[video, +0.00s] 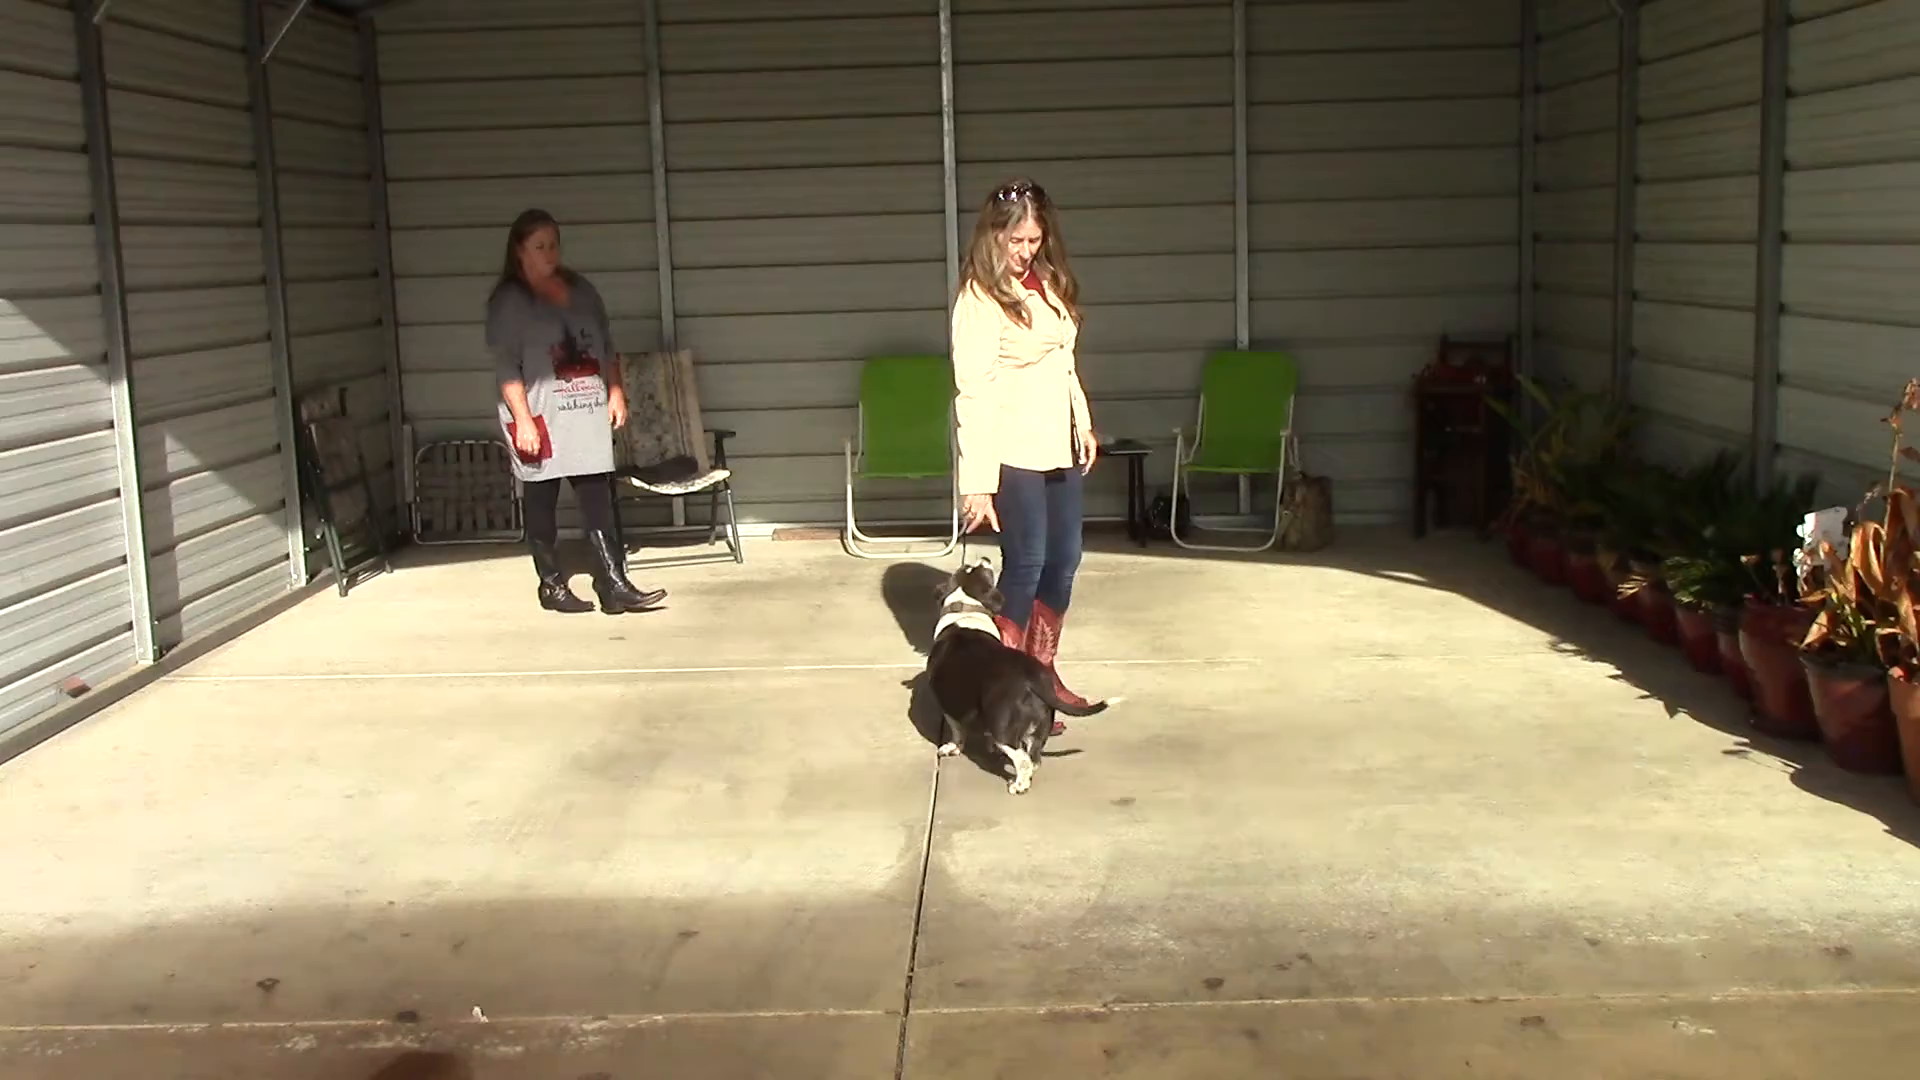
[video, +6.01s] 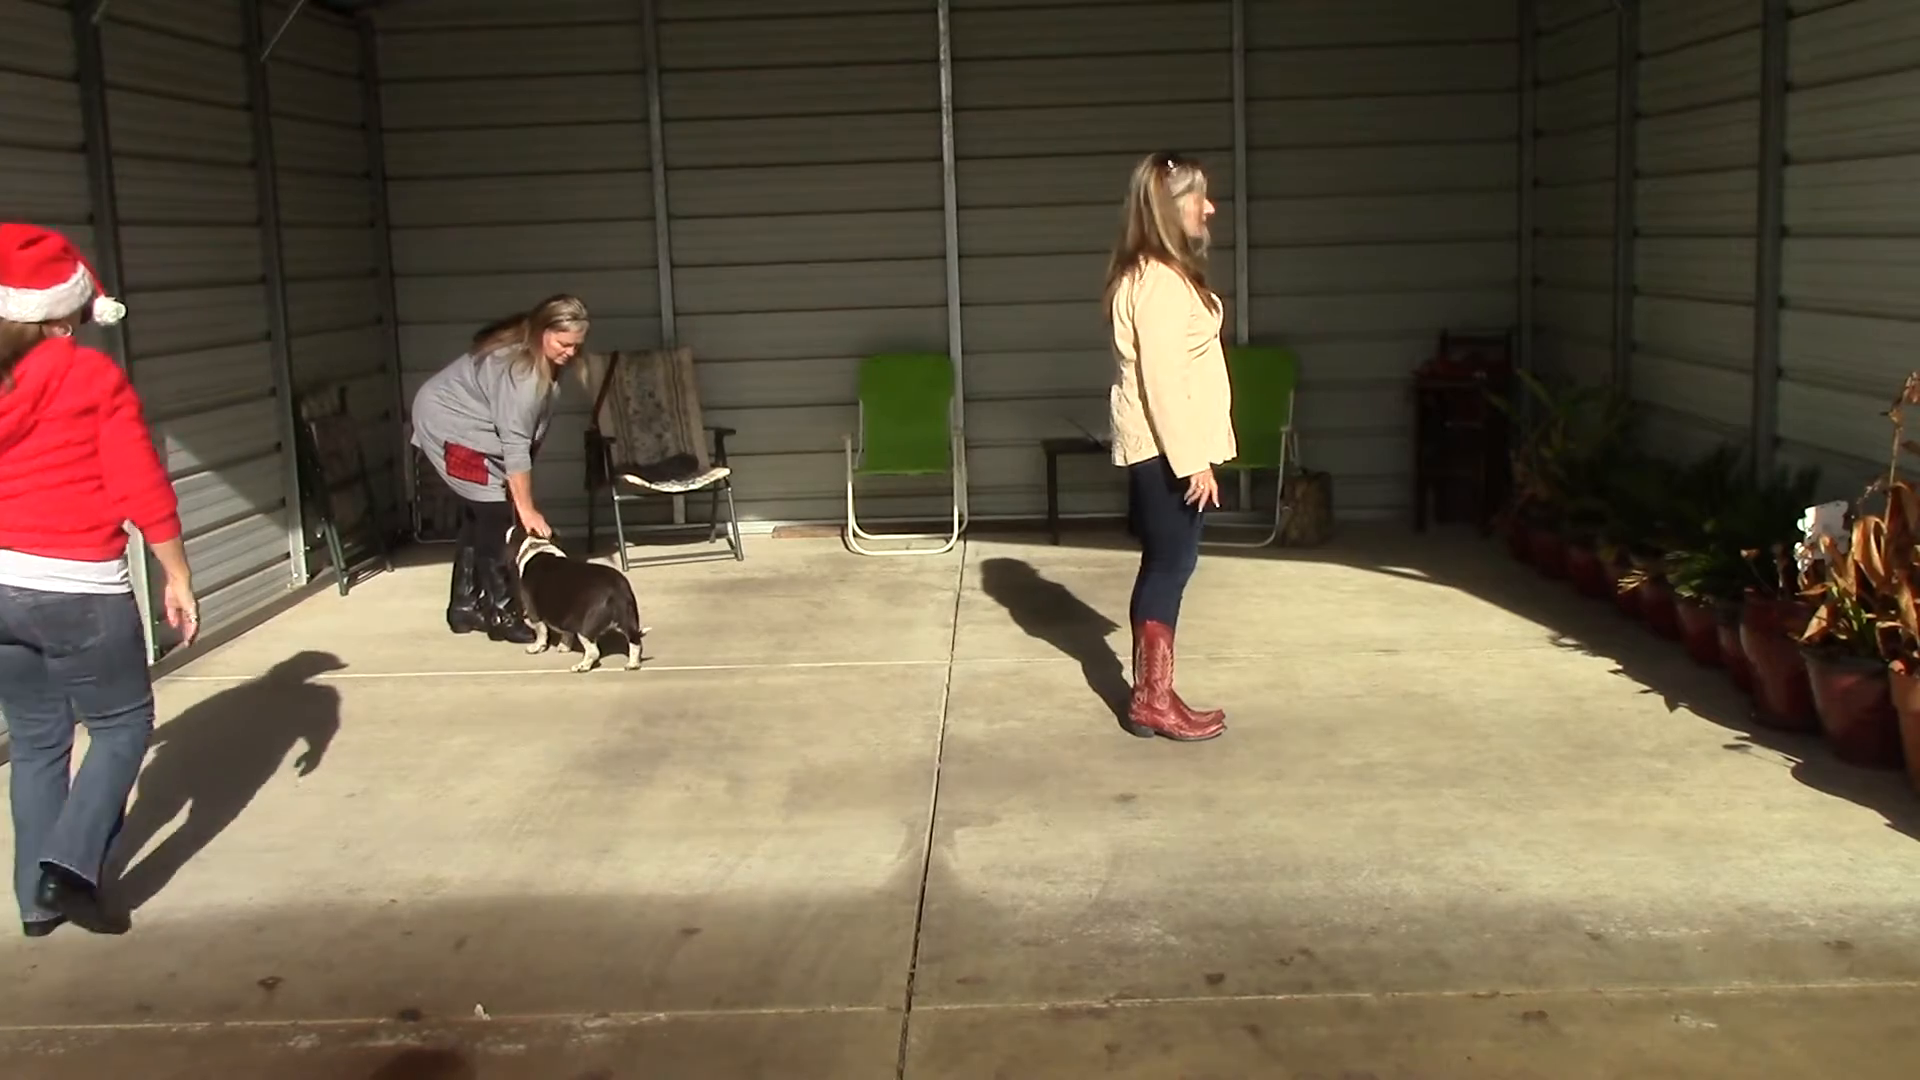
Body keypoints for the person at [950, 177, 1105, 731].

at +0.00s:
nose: (1025, 250)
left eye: (1033, 239)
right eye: (1015, 239)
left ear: (1043, 236)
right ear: (992, 235)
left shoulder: (1047, 284)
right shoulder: (977, 298)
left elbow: (1064, 364)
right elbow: (972, 394)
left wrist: (1082, 424)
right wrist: (976, 480)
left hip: (1060, 445)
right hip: (1011, 447)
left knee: (1064, 559)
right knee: (1025, 564)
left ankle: (1042, 676)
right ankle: (1007, 687)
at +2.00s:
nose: (1134, 221)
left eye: (1129, 209)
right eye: (1128, 211)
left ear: (1072, 217)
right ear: (1116, 218)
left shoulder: (1096, 289)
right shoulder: (1083, 294)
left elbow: (1118, 395)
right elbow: (1091, 402)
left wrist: (1139, 472)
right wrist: (1125, 482)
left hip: (1102, 453)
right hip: (1074, 457)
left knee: (1124, 559)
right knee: (1080, 571)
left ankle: (1103, 697)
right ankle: (1069, 714)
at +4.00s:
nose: (1219, 210)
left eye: (1216, 200)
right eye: (1211, 201)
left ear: (1164, 209)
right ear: (1186, 210)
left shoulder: (1148, 276)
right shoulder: (1167, 282)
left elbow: (1172, 366)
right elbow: (1174, 371)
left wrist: (1230, 384)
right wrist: (1236, 396)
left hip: (1150, 442)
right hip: (1171, 443)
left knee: (1164, 559)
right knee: (1188, 562)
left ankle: (1149, 691)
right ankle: (1156, 698)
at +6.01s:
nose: (1208, 207)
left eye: (1207, 196)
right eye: (1197, 197)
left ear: (1174, 208)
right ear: (1166, 206)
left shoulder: (1165, 275)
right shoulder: (1156, 279)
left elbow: (1168, 380)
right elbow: (1163, 383)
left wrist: (1200, 455)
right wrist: (1193, 462)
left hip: (1161, 444)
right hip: (1158, 446)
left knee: (1164, 558)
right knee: (1173, 558)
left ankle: (1154, 693)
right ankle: (1153, 696)